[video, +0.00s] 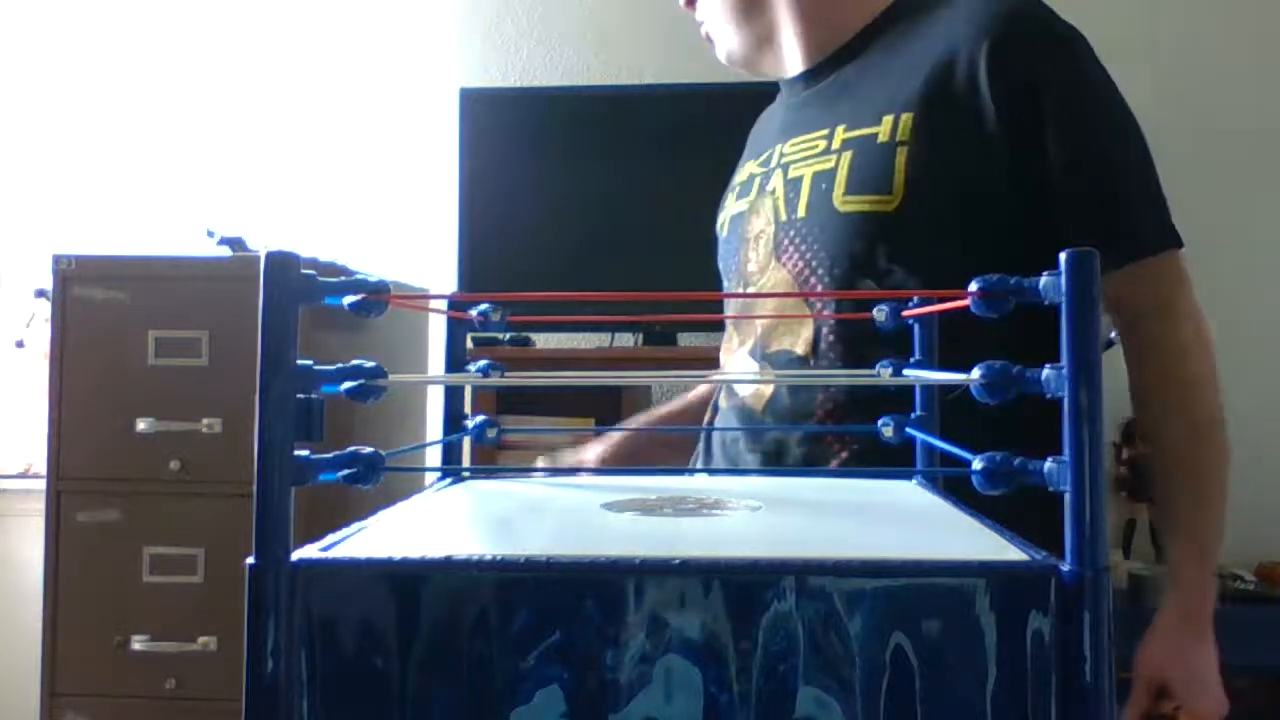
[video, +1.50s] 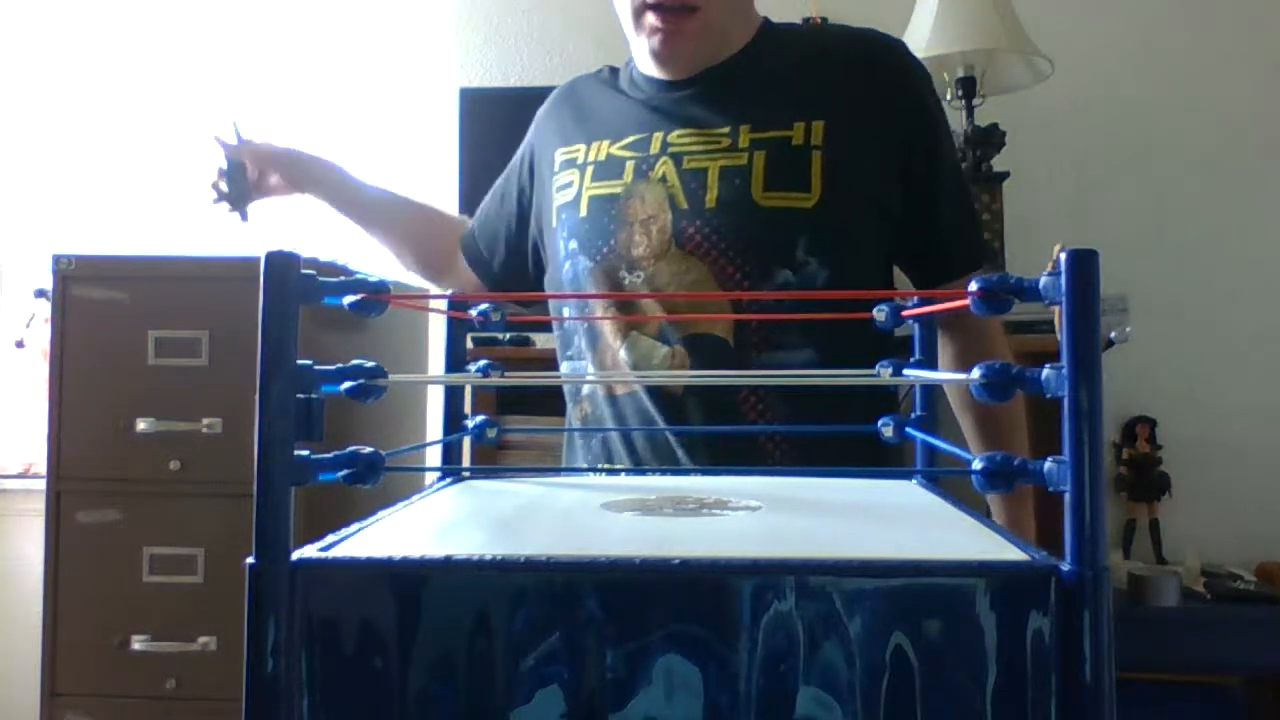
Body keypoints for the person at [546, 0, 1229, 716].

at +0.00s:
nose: (680, 6)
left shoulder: (1000, 44)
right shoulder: (767, 126)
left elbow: (1162, 323)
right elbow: (777, 367)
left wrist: (1187, 609)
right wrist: (631, 441)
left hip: (969, 606)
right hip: (769, 600)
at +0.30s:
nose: (650, 3)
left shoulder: (966, 50)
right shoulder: (708, 125)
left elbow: (1115, 318)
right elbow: (653, 313)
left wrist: (1167, 581)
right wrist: (463, 248)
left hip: (935, 598)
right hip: (720, 596)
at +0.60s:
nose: (655, 1)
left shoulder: (908, 73)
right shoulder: (603, 125)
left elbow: (1029, 326)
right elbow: (479, 231)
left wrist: (1076, 554)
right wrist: (337, 210)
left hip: (864, 563)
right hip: (639, 562)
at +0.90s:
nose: (651, 6)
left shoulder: (884, 82)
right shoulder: (571, 122)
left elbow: (973, 317)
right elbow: (449, 242)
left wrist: (1027, 499)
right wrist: (327, 220)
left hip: (841, 531)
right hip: (623, 535)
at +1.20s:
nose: (652, 1)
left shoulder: (877, 83)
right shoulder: (565, 123)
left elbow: (966, 318)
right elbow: (441, 243)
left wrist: (1022, 509)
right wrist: (323, 223)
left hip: (833, 530)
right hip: (617, 533)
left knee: (835, 700)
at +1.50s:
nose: (652, 8)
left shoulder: (869, 76)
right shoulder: (563, 121)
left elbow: (961, 314)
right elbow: (478, 271)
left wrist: (1016, 510)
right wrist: (314, 179)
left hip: (834, 533)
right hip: (611, 538)